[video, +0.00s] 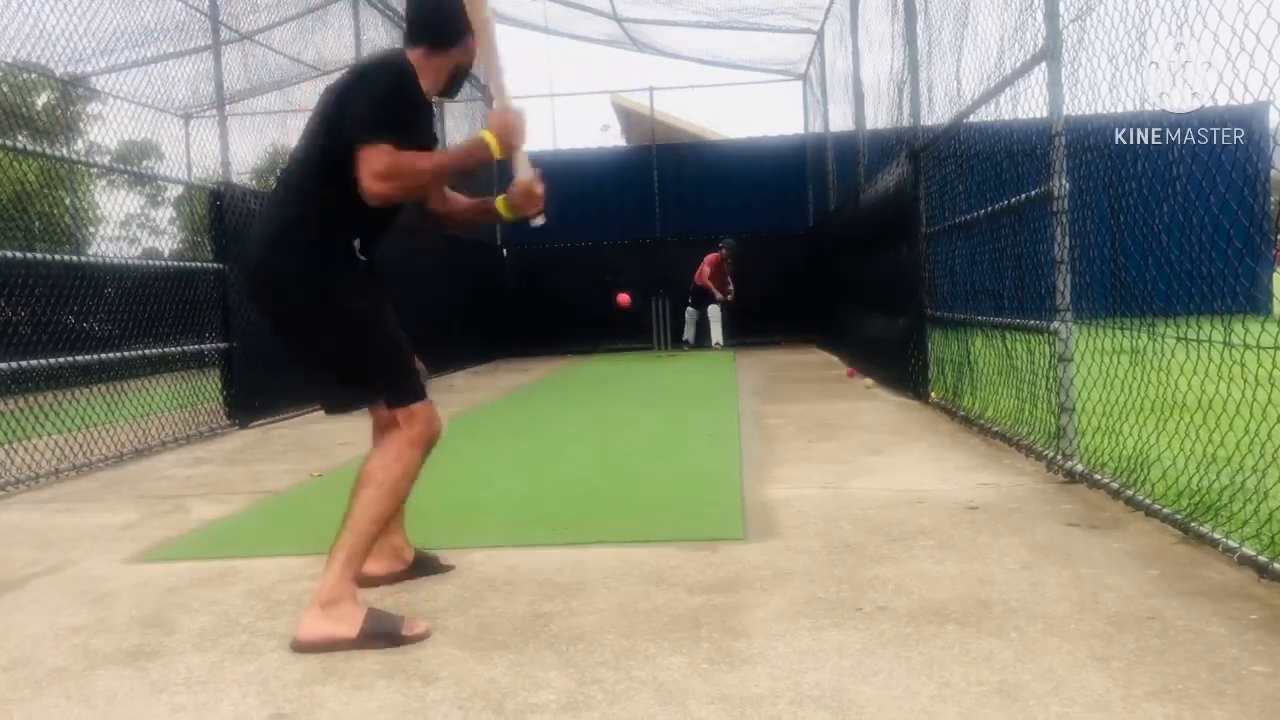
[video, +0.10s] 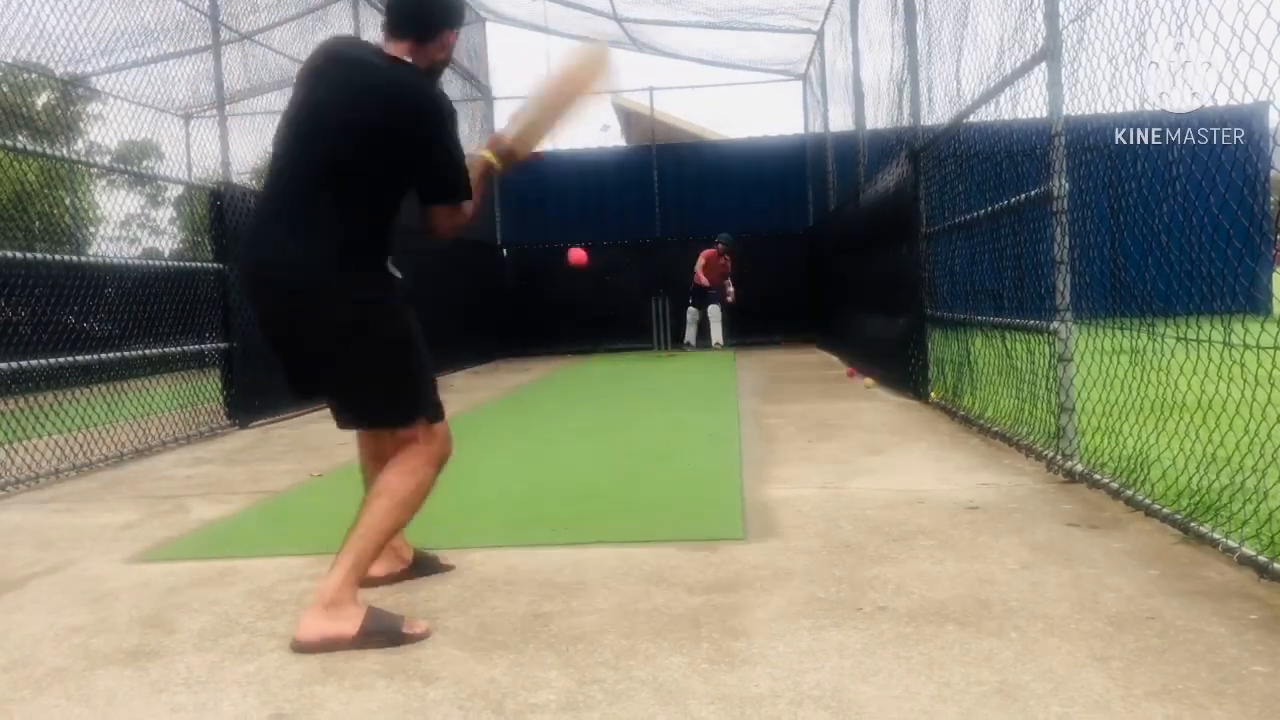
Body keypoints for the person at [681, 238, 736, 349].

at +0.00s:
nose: (725, 253)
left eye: (728, 251)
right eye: (724, 250)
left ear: (730, 252)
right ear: (721, 249)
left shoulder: (726, 263)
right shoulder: (711, 259)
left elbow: (727, 278)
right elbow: (704, 278)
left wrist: (731, 291)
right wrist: (716, 292)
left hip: (714, 290)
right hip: (699, 288)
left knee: (714, 312)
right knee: (691, 313)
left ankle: (717, 342)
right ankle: (688, 341)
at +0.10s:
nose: (722, 247)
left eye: (724, 245)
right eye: (720, 244)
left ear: (727, 247)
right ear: (716, 244)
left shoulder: (726, 261)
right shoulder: (707, 254)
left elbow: (726, 278)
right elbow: (698, 267)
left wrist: (730, 291)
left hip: (713, 288)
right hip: (699, 287)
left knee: (714, 312)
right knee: (693, 312)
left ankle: (717, 342)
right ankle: (689, 342)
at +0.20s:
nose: (719, 244)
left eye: (721, 241)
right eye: (717, 241)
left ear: (724, 243)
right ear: (712, 240)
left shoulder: (724, 258)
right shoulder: (702, 251)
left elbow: (725, 277)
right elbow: (692, 263)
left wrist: (728, 289)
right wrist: (696, 268)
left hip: (714, 288)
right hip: (699, 287)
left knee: (714, 313)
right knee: (693, 314)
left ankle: (717, 342)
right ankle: (691, 343)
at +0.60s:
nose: (697, 240)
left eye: (699, 238)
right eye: (695, 238)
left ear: (703, 239)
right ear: (692, 239)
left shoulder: (710, 253)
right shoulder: (686, 254)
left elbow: (716, 270)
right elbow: (682, 269)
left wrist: (716, 278)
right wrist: (687, 273)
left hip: (706, 287)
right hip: (691, 288)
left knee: (710, 313)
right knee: (690, 315)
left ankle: (717, 342)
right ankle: (692, 343)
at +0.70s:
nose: (694, 241)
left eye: (696, 239)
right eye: (692, 239)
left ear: (700, 240)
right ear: (688, 240)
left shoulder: (707, 253)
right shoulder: (683, 255)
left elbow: (713, 269)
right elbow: (679, 270)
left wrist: (715, 277)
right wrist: (683, 275)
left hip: (704, 287)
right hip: (689, 288)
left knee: (709, 312)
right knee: (689, 315)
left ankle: (717, 341)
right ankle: (692, 343)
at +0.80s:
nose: (693, 241)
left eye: (695, 239)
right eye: (691, 239)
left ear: (699, 240)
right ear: (687, 240)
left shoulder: (705, 253)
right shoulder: (681, 255)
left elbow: (711, 269)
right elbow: (678, 269)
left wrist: (713, 275)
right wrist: (682, 275)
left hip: (703, 286)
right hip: (688, 287)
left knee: (709, 313)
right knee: (689, 315)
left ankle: (714, 342)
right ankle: (692, 343)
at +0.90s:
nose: (696, 243)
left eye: (698, 241)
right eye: (694, 240)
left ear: (700, 241)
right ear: (688, 240)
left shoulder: (704, 254)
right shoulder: (680, 254)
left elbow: (708, 269)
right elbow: (677, 270)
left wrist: (712, 276)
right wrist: (682, 275)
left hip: (702, 286)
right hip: (687, 287)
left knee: (707, 312)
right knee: (688, 314)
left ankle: (711, 341)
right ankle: (691, 342)